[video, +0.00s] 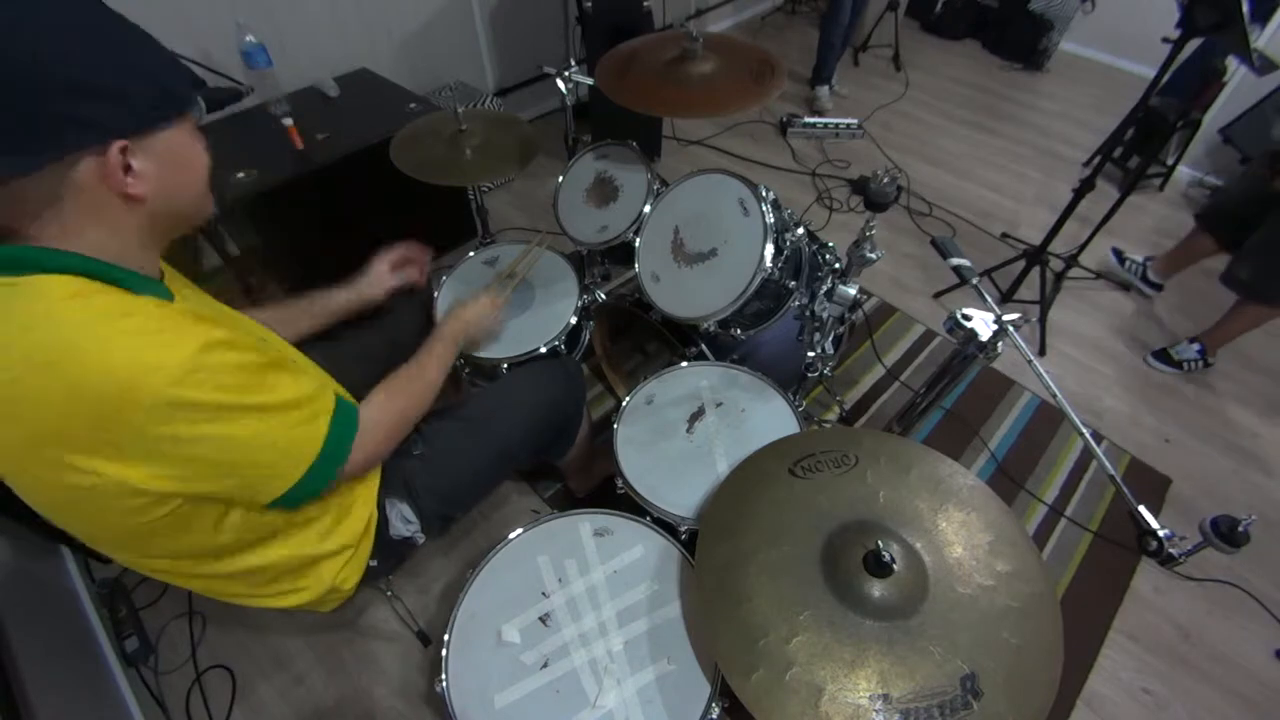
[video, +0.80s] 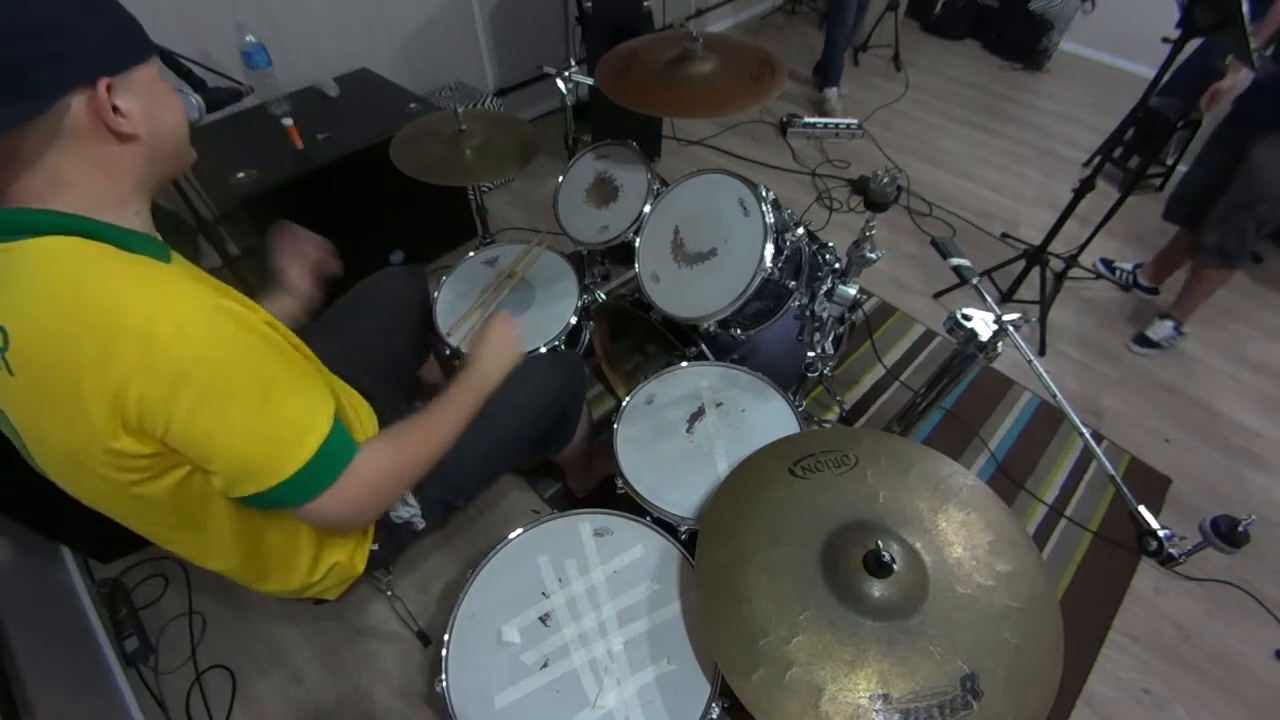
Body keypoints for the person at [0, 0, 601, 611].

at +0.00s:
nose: (205, 146)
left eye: (194, 123)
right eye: (190, 128)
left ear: (119, 171)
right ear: (127, 168)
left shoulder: (40, 274)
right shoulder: (162, 369)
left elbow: (210, 338)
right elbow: (354, 446)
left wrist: (356, 296)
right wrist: (451, 337)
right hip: (337, 526)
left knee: (421, 305)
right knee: (559, 377)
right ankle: (573, 476)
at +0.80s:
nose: (182, 98)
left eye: (167, 76)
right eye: (161, 77)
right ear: (113, 109)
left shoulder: (24, 253)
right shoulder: (166, 331)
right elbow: (350, 496)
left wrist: (285, 302)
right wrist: (487, 370)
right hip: (346, 525)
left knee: (405, 284)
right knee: (555, 365)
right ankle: (569, 469)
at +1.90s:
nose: (176, 129)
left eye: (173, 105)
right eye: (165, 106)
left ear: (83, 124)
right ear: (92, 122)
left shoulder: (29, 233)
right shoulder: (61, 249)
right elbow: (285, 242)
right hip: (338, 506)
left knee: (417, 284)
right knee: (565, 372)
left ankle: (419, 394)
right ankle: (575, 472)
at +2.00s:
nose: (172, 154)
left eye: (172, 128)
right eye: (163, 127)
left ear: (66, 132)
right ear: (76, 134)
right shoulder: (62, 250)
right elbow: (270, 199)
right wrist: (614, 17)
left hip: (268, 410)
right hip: (343, 509)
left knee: (408, 283)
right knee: (564, 371)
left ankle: (427, 389)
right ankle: (581, 468)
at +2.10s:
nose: (175, 168)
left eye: (175, 140)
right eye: (164, 141)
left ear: (63, 144)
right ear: (72, 145)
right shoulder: (50, 259)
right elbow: (261, 229)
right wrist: (623, 13)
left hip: (265, 396)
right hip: (337, 509)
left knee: (417, 284)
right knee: (561, 367)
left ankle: (417, 391)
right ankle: (574, 471)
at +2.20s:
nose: (177, 167)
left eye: (178, 138)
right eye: (166, 139)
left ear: (68, 145)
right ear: (75, 147)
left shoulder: (41, 241)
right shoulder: (38, 273)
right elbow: (221, 278)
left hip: (271, 389)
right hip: (340, 508)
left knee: (423, 285)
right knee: (558, 369)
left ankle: (410, 402)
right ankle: (569, 471)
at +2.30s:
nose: (175, 179)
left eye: (176, 151)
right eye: (165, 151)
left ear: (73, 150)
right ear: (82, 151)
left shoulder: (42, 239)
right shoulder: (27, 283)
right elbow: (194, 326)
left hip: (286, 392)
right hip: (345, 508)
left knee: (406, 283)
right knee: (558, 365)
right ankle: (566, 475)